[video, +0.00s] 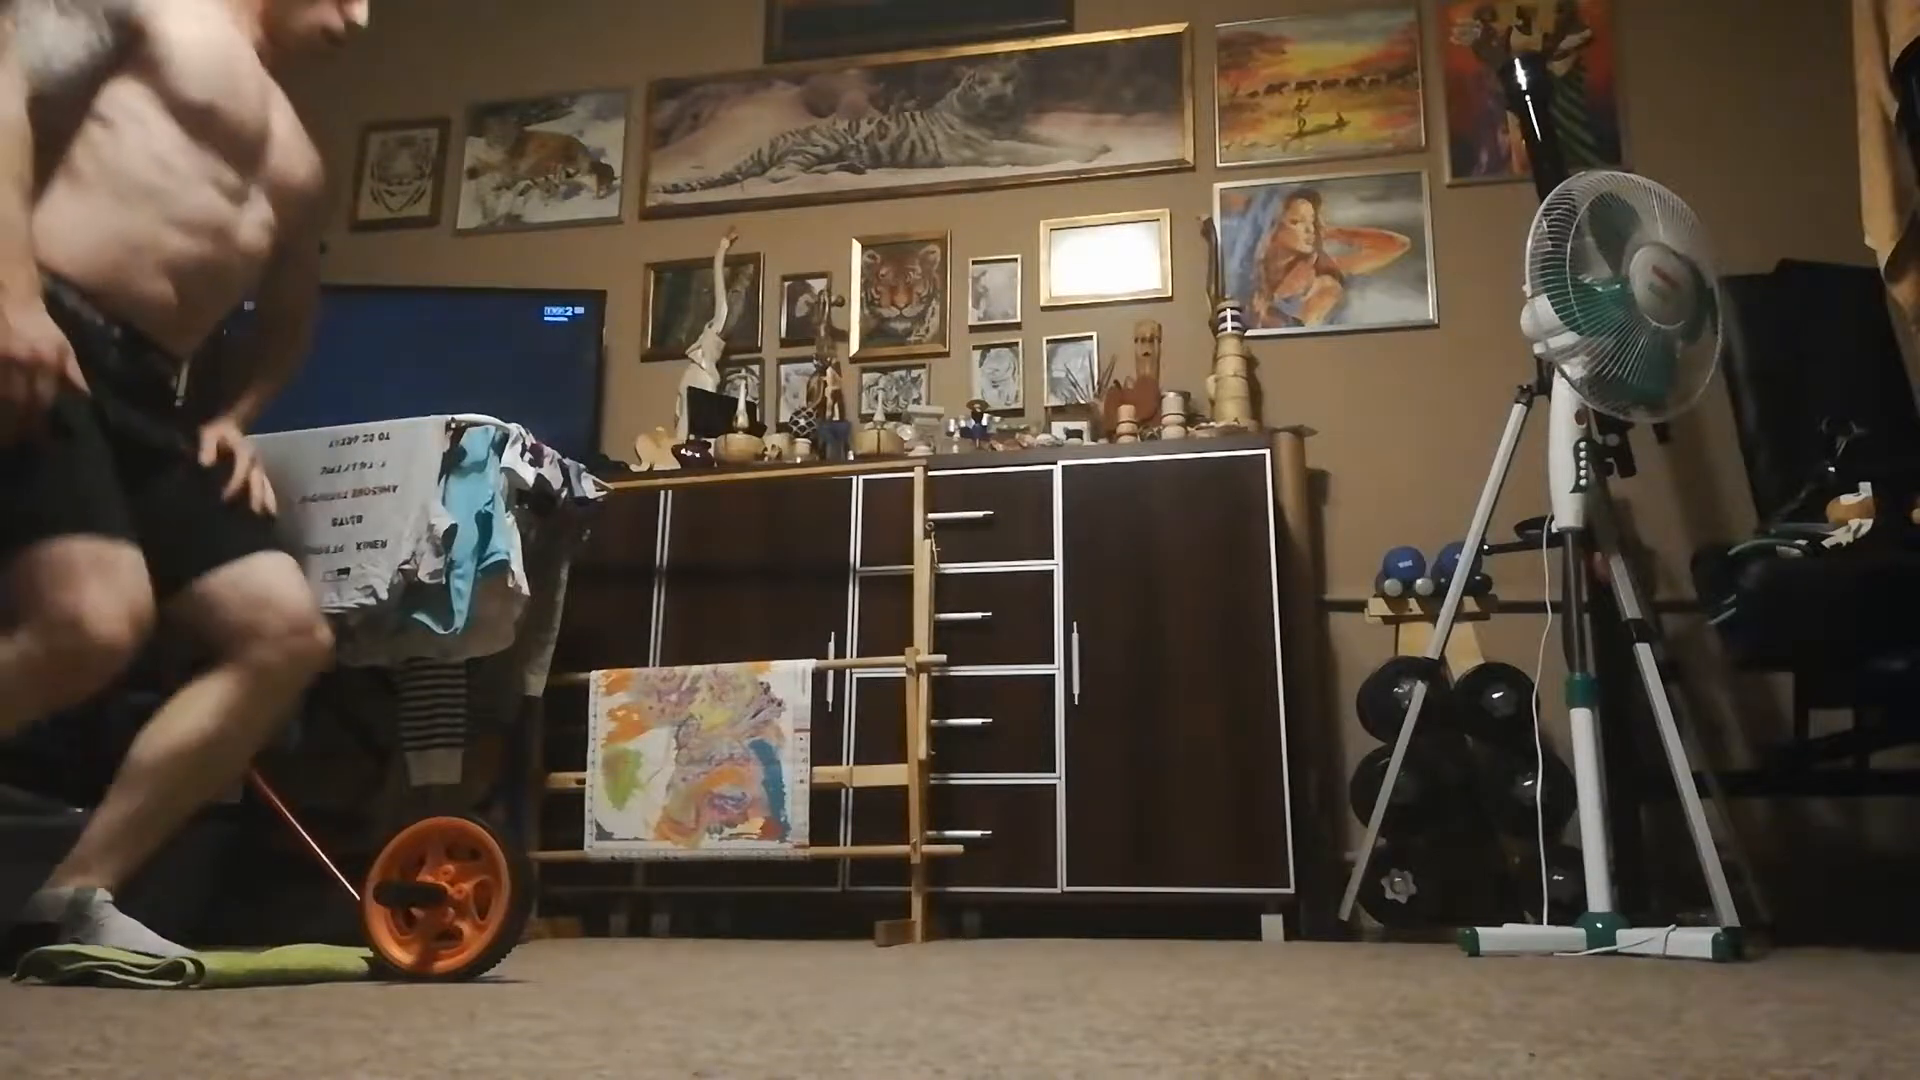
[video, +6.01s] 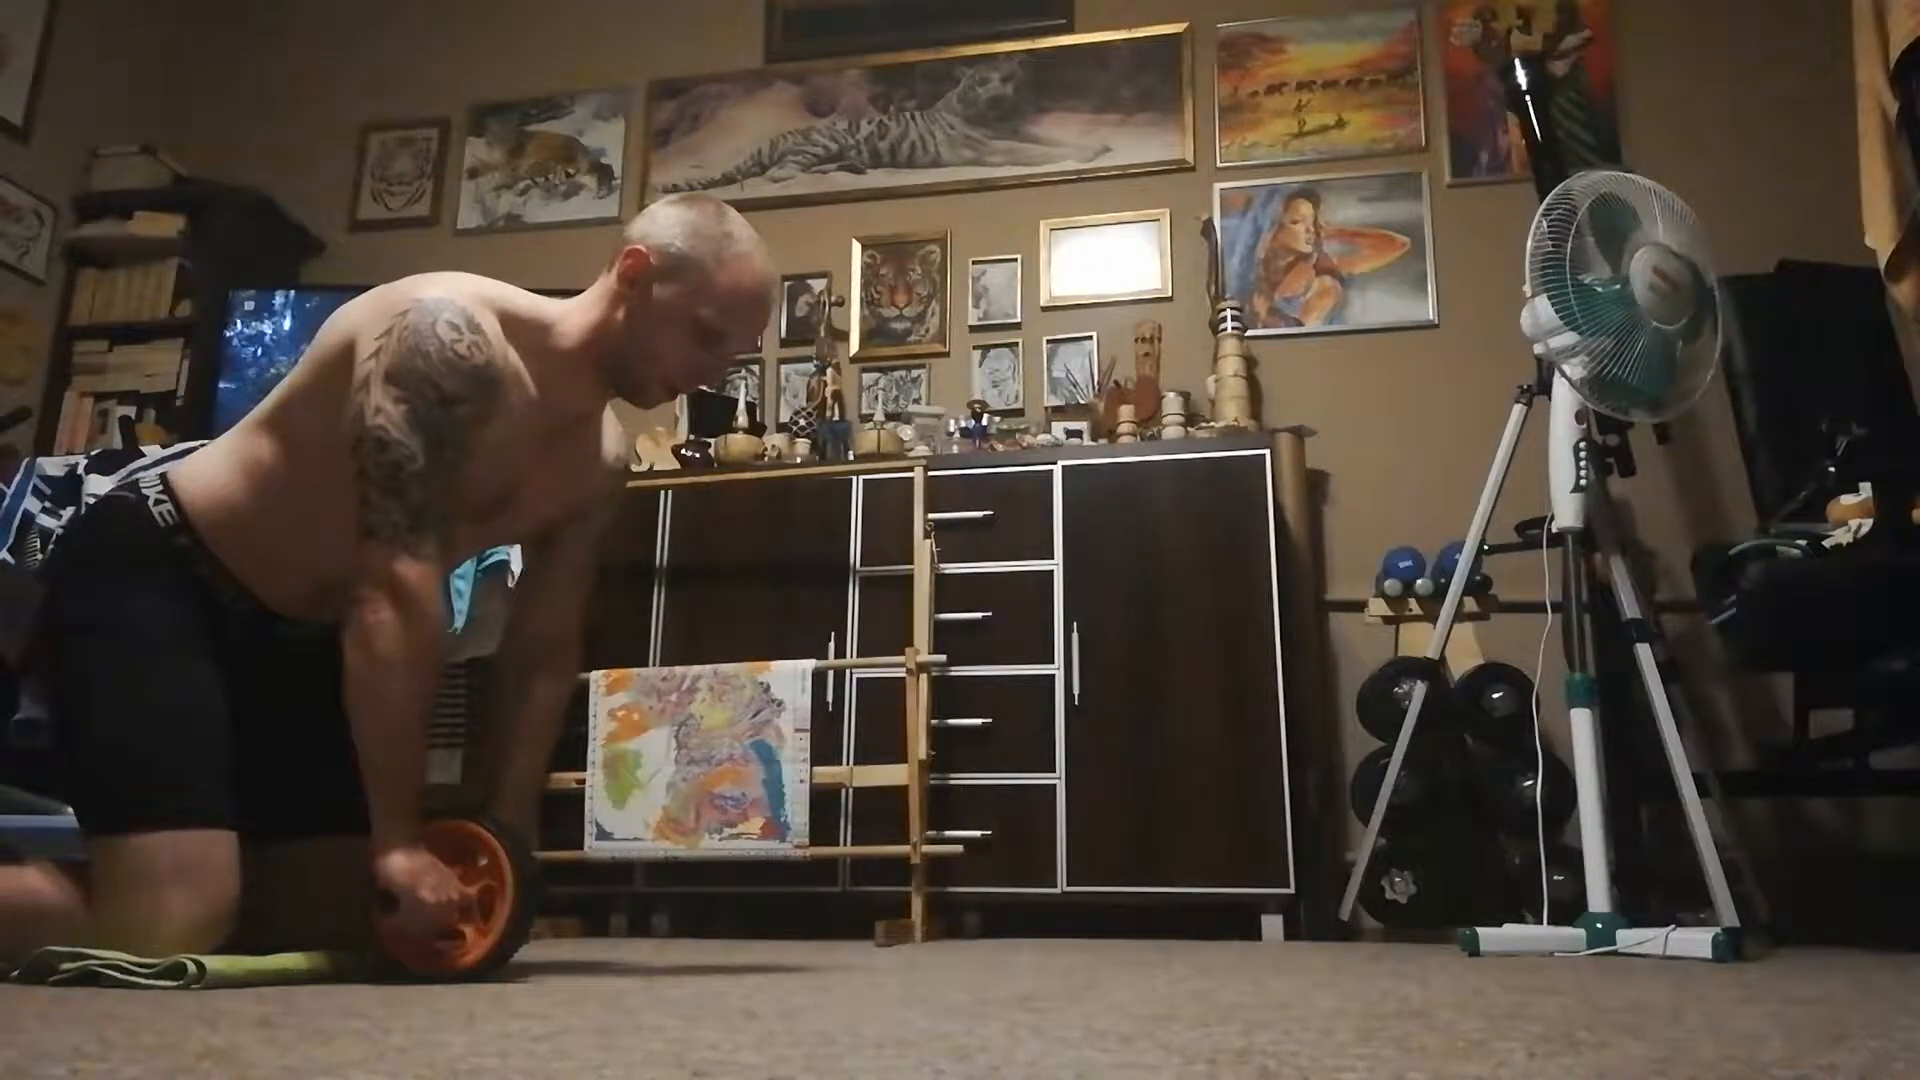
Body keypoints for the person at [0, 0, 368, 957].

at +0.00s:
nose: (360, 12)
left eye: (365, 5)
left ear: (332, 22)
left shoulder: (308, 164)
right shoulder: (150, 12)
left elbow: (288, 321)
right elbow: (11, 89)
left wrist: (236, 413)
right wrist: (16, 294)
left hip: (157, 395)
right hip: (45, 327)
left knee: (285, 636)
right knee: (92, 620)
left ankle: (76, 894)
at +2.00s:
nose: (528, 155)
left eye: (544, 135)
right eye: (515, 116)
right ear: (436, 70)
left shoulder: (476, 305)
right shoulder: (270, 167)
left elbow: (496, 491)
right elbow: (152, 342)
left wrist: (576, 439)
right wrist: (222, 551)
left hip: (360, 598)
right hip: (221, 551)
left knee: (333, 933)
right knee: (190, 920)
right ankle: (13, 843)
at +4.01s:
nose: (637, 286)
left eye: (653, 266)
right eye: (623, 249)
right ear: (538, 209)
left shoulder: (551, 440)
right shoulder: (384, 326)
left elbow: (519, 627)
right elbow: (368, 593)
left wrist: (490, 829)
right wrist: (401, 833)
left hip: (265, 636)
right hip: (116, 579)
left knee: (345, 916)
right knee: (178, 929)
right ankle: (10, 850)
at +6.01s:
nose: (718, 374)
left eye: (736, 353)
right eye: (711, 339)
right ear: (636, 279)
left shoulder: (589, 468)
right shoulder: (448, 339)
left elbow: (542, 656)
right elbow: (390, 604)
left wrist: (497, 858)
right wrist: (400, 845)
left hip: (294, 632)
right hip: (154, 569)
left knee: (354, 913)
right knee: (172, 922)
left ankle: (140, 894)